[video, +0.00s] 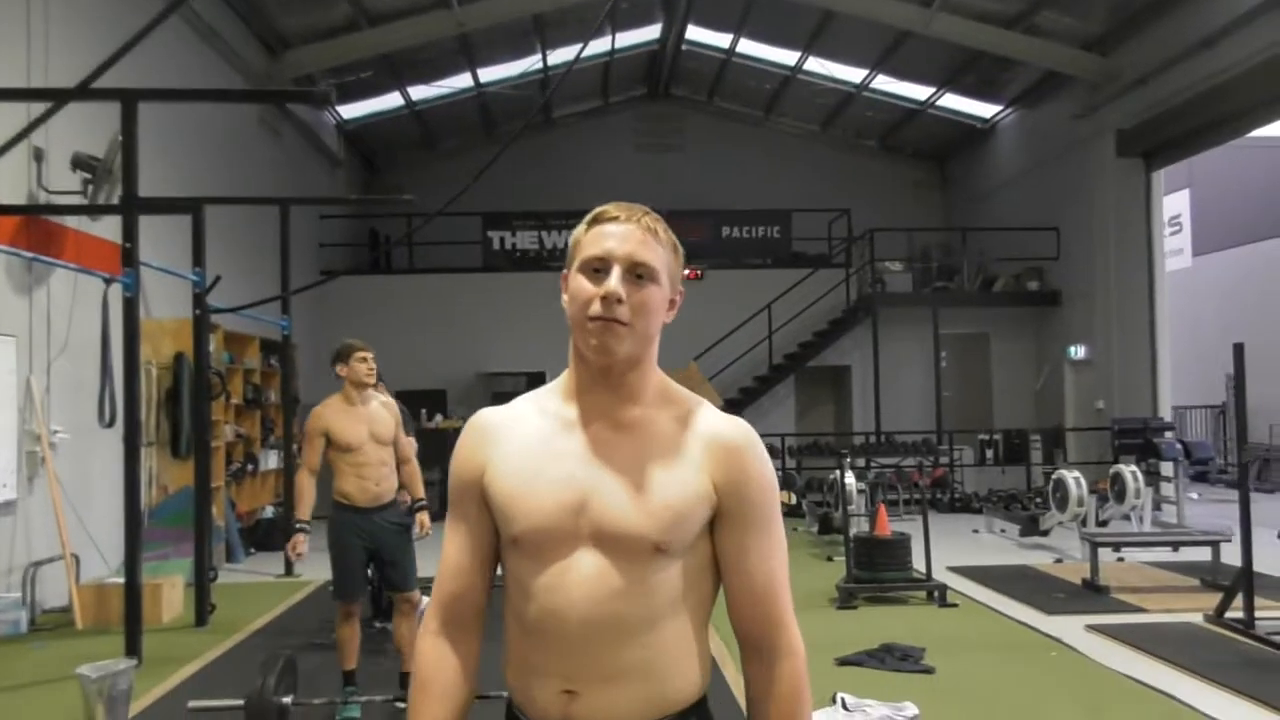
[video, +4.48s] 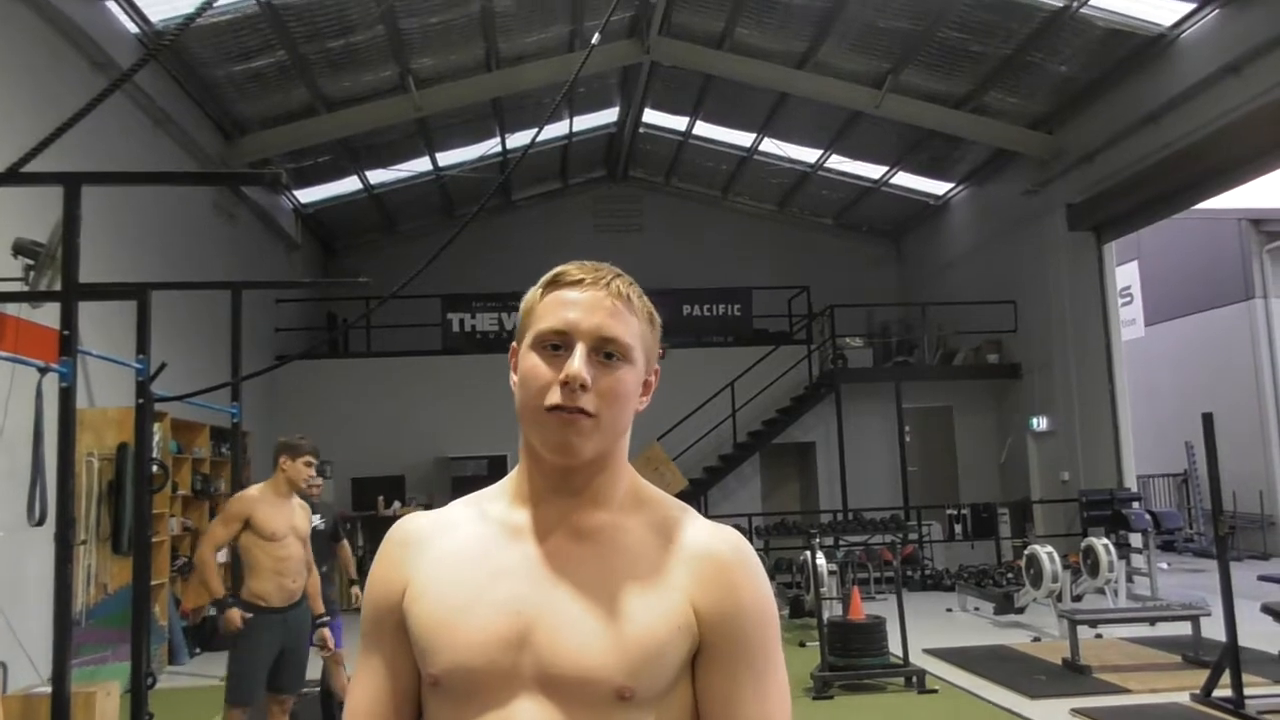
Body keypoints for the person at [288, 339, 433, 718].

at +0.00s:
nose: (372, 366)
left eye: (373, 361)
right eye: (363, 361)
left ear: (376, 368)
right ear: (342, 369)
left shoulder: (389, 407)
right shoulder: (324, 414)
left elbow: (408, 459)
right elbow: (308, 471)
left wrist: (420, 504)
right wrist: (301, 527)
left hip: (393, 515)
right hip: (348, 518)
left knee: (408, 600)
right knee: (349, 606)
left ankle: (408, 686)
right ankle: (349, 689)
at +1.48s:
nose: (334, 385)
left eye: (337, 378)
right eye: (324, 382)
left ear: (348, 381)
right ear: (313, 393)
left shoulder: (372, 423)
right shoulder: (302, 432)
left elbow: (388, 476)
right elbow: (284, 490)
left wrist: (392, 525)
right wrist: (290, 548)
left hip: (370, 531)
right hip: (328, 533)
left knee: (368, 625)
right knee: (336, 629)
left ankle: (366, 705)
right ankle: (339, 706)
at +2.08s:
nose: (322, 398)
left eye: (329, 392)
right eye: (316, 393)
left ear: (343, 398)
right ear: (307, 399)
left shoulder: (356, 444)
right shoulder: (285, 436)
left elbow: (365, 502)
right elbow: (259, 487)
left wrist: (369, 556)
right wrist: (253, 540)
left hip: (336, 544)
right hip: (291, 543)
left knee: (324, 636)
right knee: (298, 636)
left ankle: (319, 710)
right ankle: (297, 712)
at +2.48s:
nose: (276, 411)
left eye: (284, 405)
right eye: (270, 406)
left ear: (298, 411)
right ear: (261, 413)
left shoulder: (317, 456)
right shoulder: (243, 455)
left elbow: (334, 512)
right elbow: (226, 511)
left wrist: (343, 566)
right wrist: (222, 567)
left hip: (301, 565)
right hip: (254, 566)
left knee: (300, 654)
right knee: (245, 661)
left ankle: (305, 716)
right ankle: (238, 715)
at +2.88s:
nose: (235, 426)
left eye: (241, 419)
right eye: (227, 421)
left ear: (254, 424)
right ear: (217, 429)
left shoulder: (279, 465)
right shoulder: (201, 475)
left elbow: (297, 520)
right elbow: (181, 529)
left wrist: (289, 567)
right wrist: (182, 584)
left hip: (274, 575)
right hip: (227, 579)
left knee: (290, 667)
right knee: (230, 674)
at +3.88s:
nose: (282, 457)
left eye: (282, 450)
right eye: (277, 450)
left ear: (260, 453)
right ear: (256, 452)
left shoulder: (278, 495)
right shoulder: (212, 494)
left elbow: (287, 553)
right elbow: (186, 551)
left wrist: (302, 604)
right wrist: (185, 613)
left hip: (273, 606)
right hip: (228, 608)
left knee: (276, 697)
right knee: (226, 703)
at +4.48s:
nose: (312, 473)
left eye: (314, 467)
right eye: (307, 465)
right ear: (284, 463)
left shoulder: (303, 508)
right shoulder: (248, 501)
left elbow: (309, 568)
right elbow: (204, 549)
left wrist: (321, 621)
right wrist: (224, 604)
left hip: (297, 617)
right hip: (255, 620)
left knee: (282, 704)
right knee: (238, 708)